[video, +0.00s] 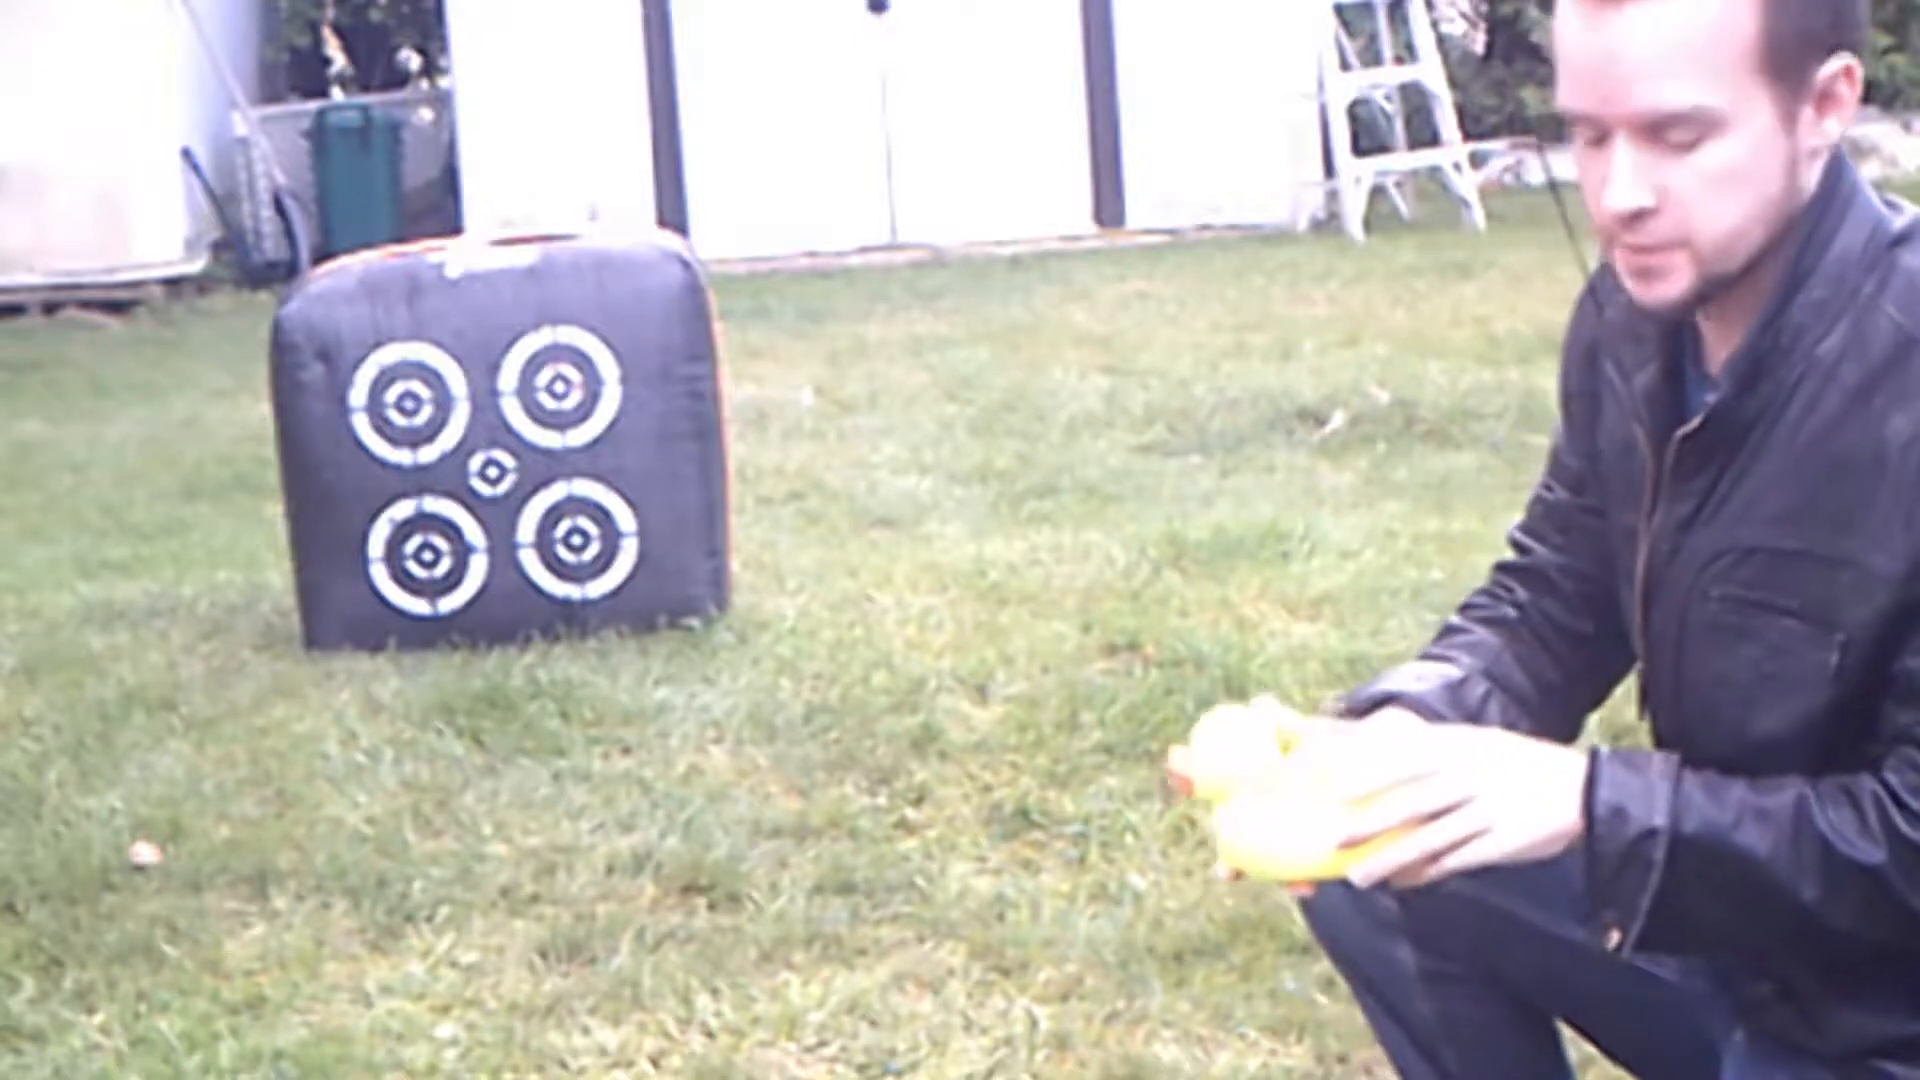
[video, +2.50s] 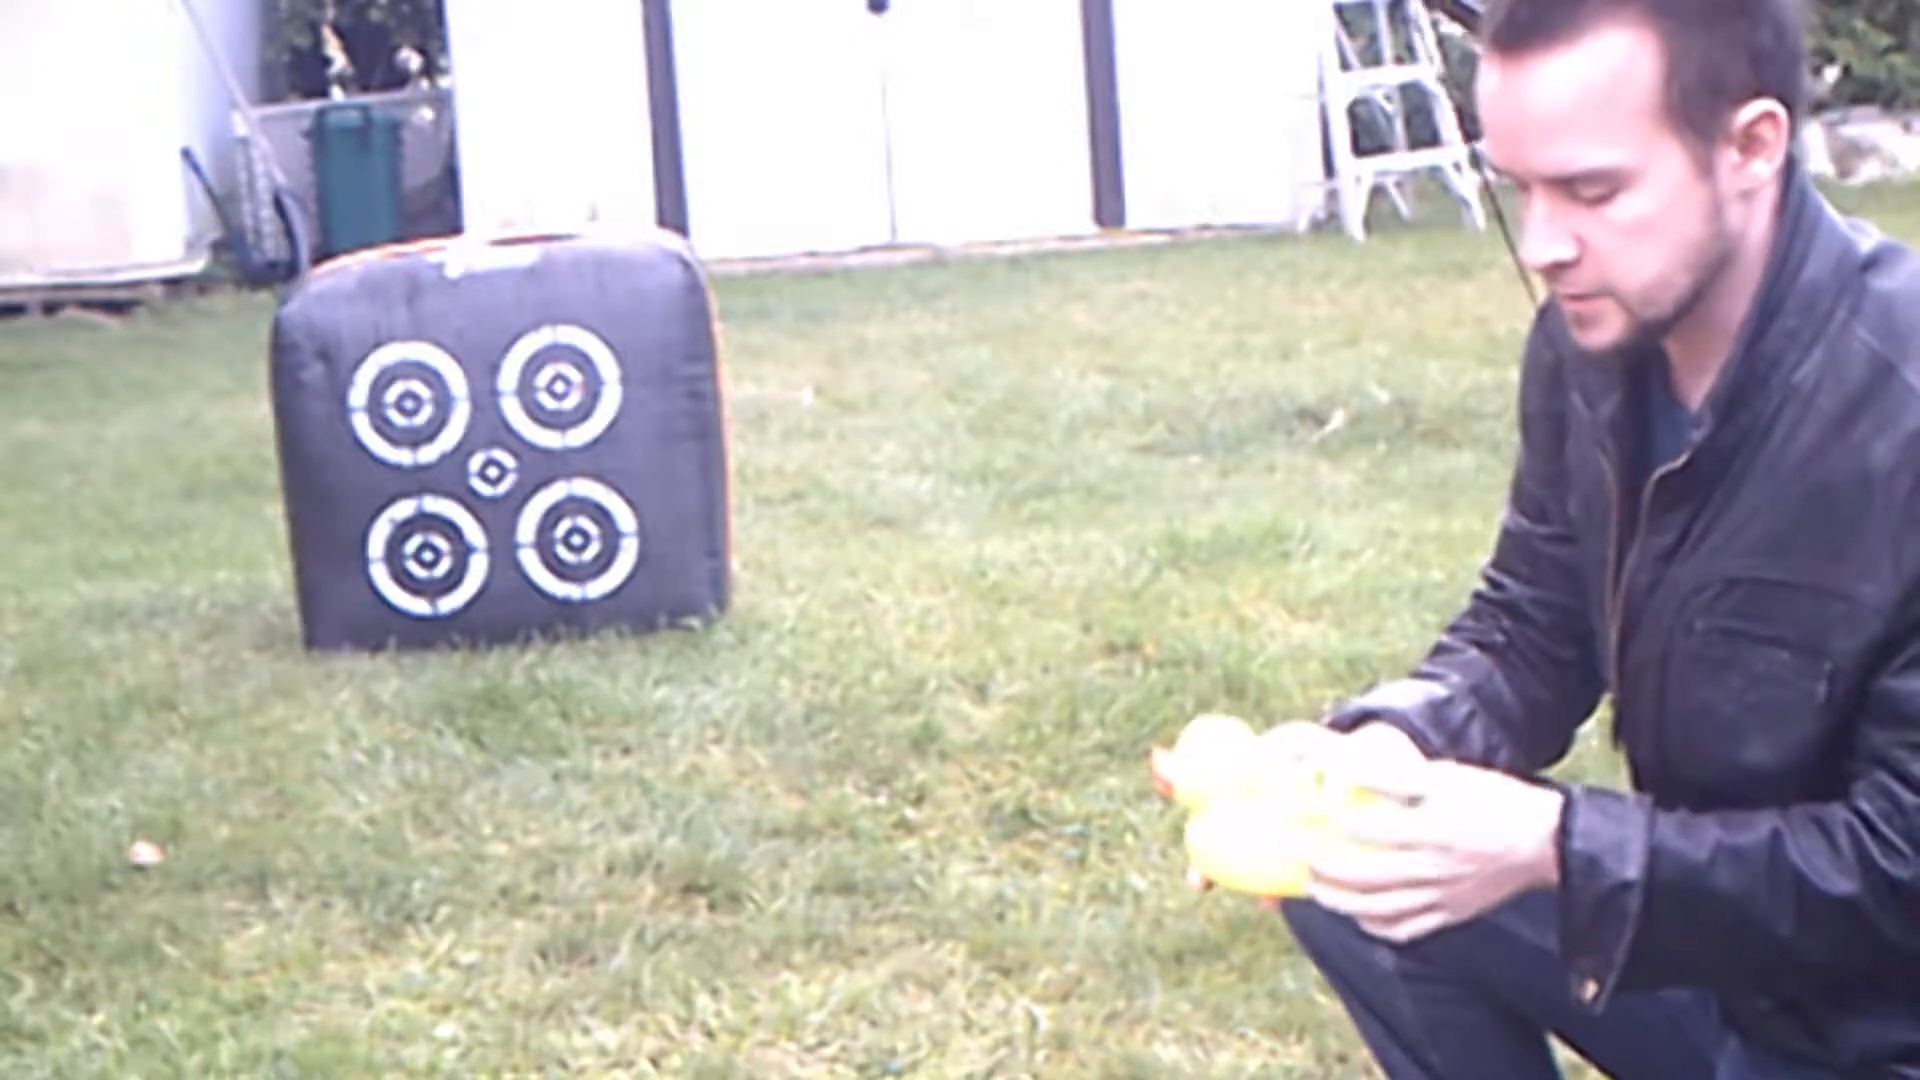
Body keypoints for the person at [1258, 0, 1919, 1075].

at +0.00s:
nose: (1619, 195)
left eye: (1679, 135)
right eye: (1590, 136)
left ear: (1826, 109)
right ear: (1562, 120)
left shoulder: (1903, 362)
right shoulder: (1629, 310)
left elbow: (1907, 837)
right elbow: (1559, 598)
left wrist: (1596, 798)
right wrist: (1393, 736)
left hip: (1872, 1034)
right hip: (1710, 939)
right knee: (1369, 865)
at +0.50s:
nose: (1606, 194)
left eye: (1665, 138)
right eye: (1582, 137)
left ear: (1816, 116)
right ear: (1558, 119)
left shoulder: (1903, 366)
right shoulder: (1627, 317)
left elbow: (1905, 825)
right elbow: (1560, 606)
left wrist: (1612, 782)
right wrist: (1397, 717)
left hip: (1875, 1038)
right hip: (1706, 944)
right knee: (1369, 854)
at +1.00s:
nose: (1660, 140)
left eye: (1719, 78)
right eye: (1616, 87)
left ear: (1838, 84)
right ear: (1580, 101)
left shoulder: (1903, 352)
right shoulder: (1602, 314)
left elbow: (1908, 816)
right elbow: (1544, 615)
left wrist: (1594, 788)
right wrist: (1400, 719)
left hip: (1868, 1039)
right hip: (1692, 943)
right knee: (1358, 862)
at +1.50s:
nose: (1610, 188)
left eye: (1665, 123)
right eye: (1570, 134)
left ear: (1799, 107)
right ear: (1540, 132)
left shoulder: (1902, 360)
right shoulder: (1590, 326)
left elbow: (1904, 839)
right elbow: (1536, 627)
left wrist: (1577, 812)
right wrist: (1391, 734)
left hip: (1871, 1040)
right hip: (1698, 954)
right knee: (1349, 866)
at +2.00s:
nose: (1546, 246)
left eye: (1599, 192)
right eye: (1523, 188)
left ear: (1763, 155)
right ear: (1501, 155)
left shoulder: (1900, 388)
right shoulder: (1594, 332)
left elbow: (1902, 852)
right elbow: (1541, 626)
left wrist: (1571, 830)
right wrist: (1393, 740)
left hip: (1870, 1042)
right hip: (1702, 964)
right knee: (1354, 872)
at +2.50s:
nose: (1538, 250)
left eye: (1592, 192)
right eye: (1515, 190)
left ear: (1755, 149)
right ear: (1493, 157)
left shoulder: (1897, 390)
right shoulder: (1585, 339)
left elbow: (1898, 854)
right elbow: (1532, 634)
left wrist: (1558, 848)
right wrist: (1376, 750)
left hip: (1873, 1042)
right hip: (1699, 977)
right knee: (1348, 874)